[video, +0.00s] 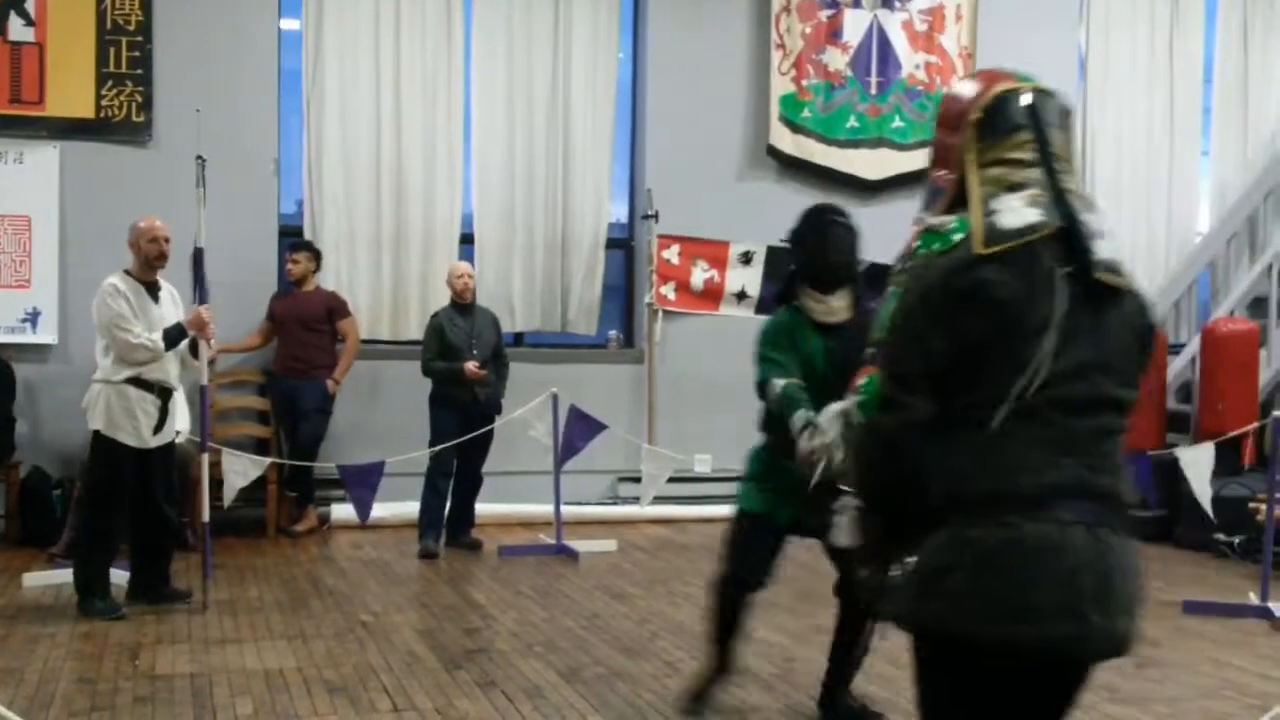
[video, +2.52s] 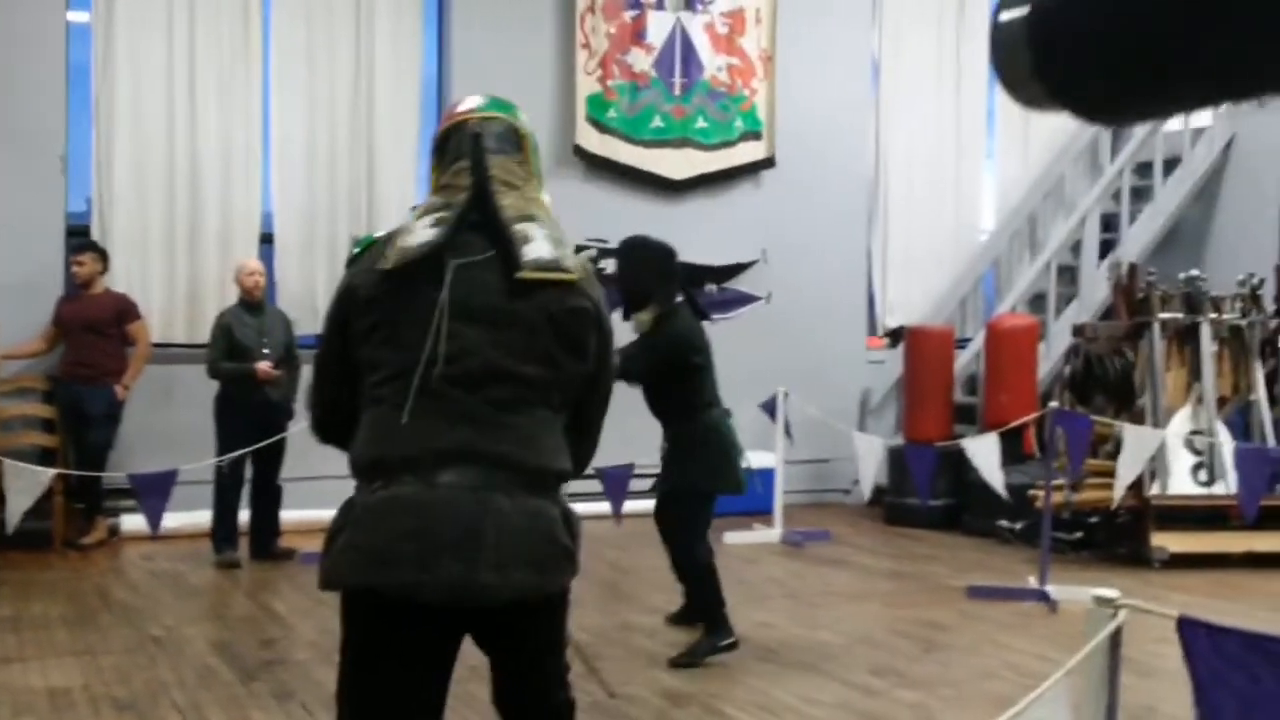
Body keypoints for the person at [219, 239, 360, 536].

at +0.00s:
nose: (289, 266)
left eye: (296, 262)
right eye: (288, 262)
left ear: (314, 266)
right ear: (288, 265)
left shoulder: (330, 301)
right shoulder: (280, 301)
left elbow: (352, 339)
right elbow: (260, 338)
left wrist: (336, 379)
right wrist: (222, 348)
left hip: (316, 384)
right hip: (282, 383)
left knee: (305, 448)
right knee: (292, 448)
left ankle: (304, 510)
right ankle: (305, 510)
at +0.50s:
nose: (273, 265)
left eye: (280, 260)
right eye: (272, 260)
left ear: (297, 264)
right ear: (270, 264)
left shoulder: (315, 299)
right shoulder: (263, 299)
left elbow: (336, 338)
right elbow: (245, 336)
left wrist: (320, 377)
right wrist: (205, 347)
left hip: (300, 382)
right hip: (267, 380)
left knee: (289, 445)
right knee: (275, 445)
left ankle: (289, 510)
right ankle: (288, 510)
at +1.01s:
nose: (274, 265)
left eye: (280, 260)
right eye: (272, 260)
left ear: (298, 264)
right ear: (272, 264)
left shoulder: (316, 298)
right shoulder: (264, 299)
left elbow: (337, 339)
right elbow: (246, 336)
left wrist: (321, 377)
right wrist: (204, 348)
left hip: (300, 382)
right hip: (267, 380)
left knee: (290, 445)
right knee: (277, 445)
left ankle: (289, 509)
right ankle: (292, 510)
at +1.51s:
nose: (245, 266)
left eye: (251, 261)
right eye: (243, 261)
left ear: (269, 263)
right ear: (242, 265)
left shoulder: (287, 299)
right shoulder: (236, 299)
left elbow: (310, 339)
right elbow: (217, 337)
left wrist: (293, 377)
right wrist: (176, 348)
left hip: (273, 382)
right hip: (239, 380)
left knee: (263, 446)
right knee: (248, 446)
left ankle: (265, 510)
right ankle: (263, 510)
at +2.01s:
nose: (161, 267)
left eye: (167, 262)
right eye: (159, 262)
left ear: (185, 265)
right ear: (158, 266)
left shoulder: (202, 301)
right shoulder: (154, 301)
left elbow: (226, 341)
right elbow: (133, 339)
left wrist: (209, 381)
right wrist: (91, 351)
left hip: (187, 384)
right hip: (155, 383)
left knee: (177, 448)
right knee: (159, 450)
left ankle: (179, 514)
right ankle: (165, 512)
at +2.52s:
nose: (75, 269)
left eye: (82, 263)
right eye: (73, 264)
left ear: (101, 266)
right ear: (72, 268)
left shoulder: (119, 303)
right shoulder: (67, 304)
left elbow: (144, 344)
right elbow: (45, 343)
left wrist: (126, 384)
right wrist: (5, 354)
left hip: (104, 389)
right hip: (69, 387)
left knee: (93, 454)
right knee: (77, 455)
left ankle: (97, 521)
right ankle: (86, 520)